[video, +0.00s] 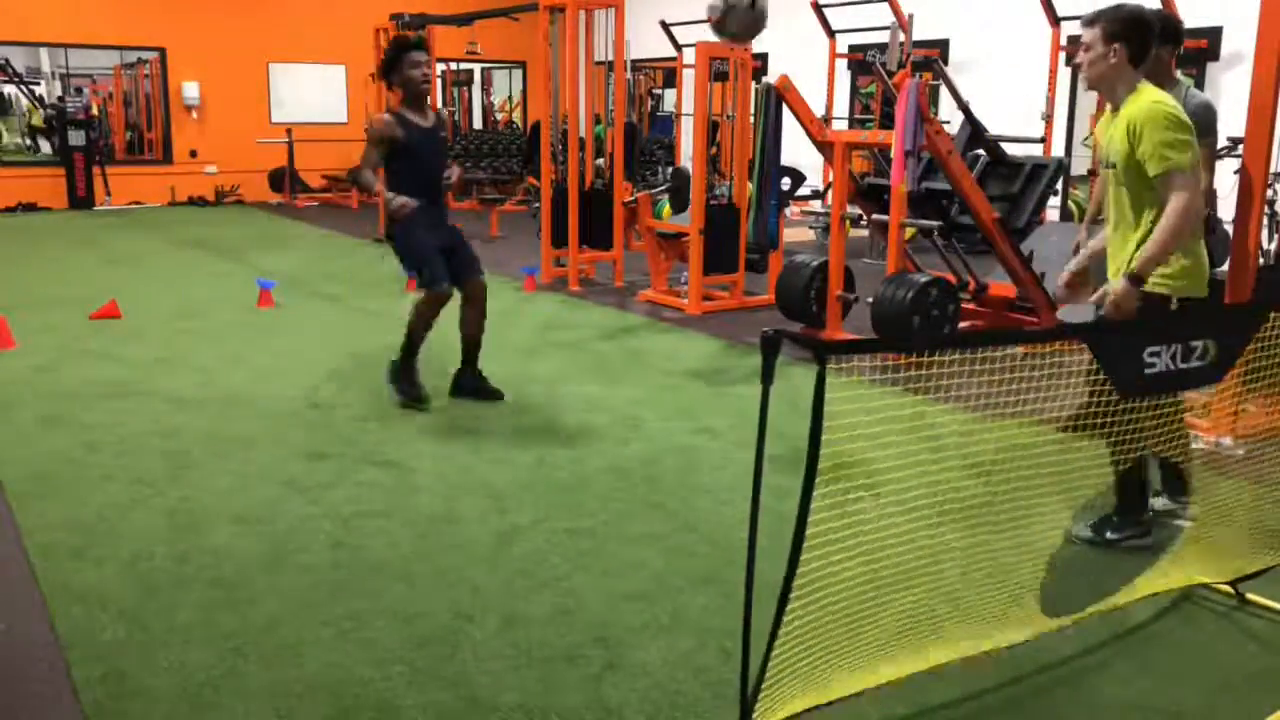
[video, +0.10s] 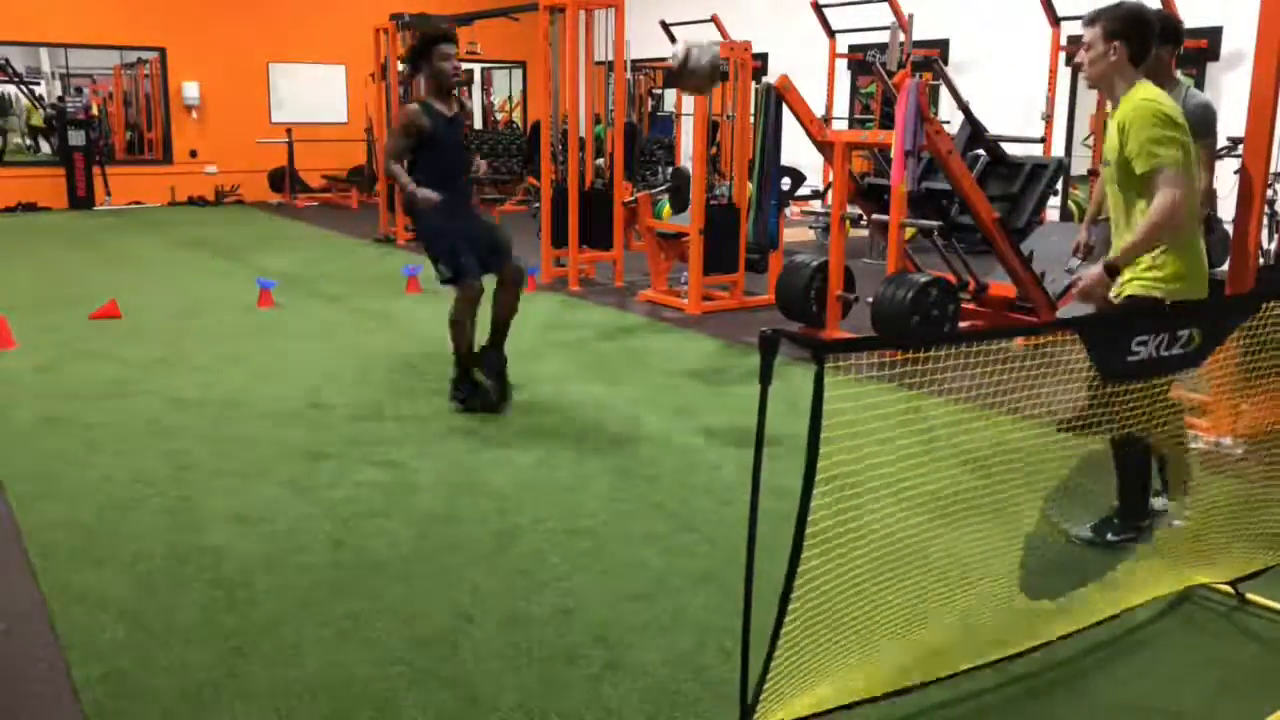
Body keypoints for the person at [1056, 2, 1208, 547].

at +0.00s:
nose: (1077, 59)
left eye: (1086, 48)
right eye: (1079, 48)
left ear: (1118, 54)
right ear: (1112, 55)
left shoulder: (1156, 112)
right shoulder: (1117, 117)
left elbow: (1187, 203)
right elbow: (1129, 215)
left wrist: (1135, 275)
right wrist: (1086, 258)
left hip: (1162, 282)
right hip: (1142, 279)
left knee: (1114, 393)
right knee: (1155, 388)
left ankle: (1131, 513)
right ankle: (1176, 489)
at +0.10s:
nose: (1078, 58)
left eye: (1086, 47)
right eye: (1080, 47)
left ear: (1117, 51)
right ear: (1118, 53)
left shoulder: (1145, 108)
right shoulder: (1131, 108)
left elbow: (1175, 200)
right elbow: (1135, 194)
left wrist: (1109, 265)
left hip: (1159, 279)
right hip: (1147, 275)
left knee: (1123, 395)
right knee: (1139, 389)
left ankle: (1131, 515)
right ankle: (1155, 488)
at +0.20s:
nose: (1078, 59)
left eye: (1085, 47)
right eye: (1079, 47)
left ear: (1117, 51)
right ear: (1122, 53)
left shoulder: (1134, 106)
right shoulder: (1153, 102)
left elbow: (1156, 203)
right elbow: (1188, 194)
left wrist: (1094, 261)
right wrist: (1109, 237)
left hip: (1149, 280)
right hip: (1171, 278)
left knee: (1124, 398)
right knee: (1147, 396)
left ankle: (1130, 516)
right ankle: (1166, 494)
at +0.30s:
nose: (1079, 59)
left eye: (1085, 48)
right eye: (1080, 48)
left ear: (1115, 51)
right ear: (1126, 52)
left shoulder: (1128, 108)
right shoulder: (1161, 103)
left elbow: (1142, 207)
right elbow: (1205, 185)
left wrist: (1083, 267)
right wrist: (1167, 232)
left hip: (1146, 279)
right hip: (1182, 277)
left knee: (1118, 393)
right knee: (1134, 386)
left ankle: (1131, 518)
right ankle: (1165, 477)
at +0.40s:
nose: (1079, 58)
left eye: (1085, 47)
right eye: (1080, 47)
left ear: (1115, 49)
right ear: (1127, 51)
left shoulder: (1128, 109)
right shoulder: (1166, 103)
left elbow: (1139, 209)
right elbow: (1205, 181)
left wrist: (1077, 268)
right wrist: (1173, 232)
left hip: (1143, 278)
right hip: (1180, 276)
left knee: (1122, 395)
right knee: (1143, 390)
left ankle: (1131, 518)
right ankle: (1148, 491)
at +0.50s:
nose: (1082, 56)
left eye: (1089, 45)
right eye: (1084, 45)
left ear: (1116, 49)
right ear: (1129, 51)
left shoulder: (1126, 109)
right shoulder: (1169, 104)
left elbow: (1139, 208)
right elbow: (1202, 195)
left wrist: (1077, 264)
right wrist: (1161, 232)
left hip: (1140, 279)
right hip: (1175, 278)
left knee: (1122, 395)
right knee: (1134, 389)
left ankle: (1130, 516)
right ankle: (1137, 488)